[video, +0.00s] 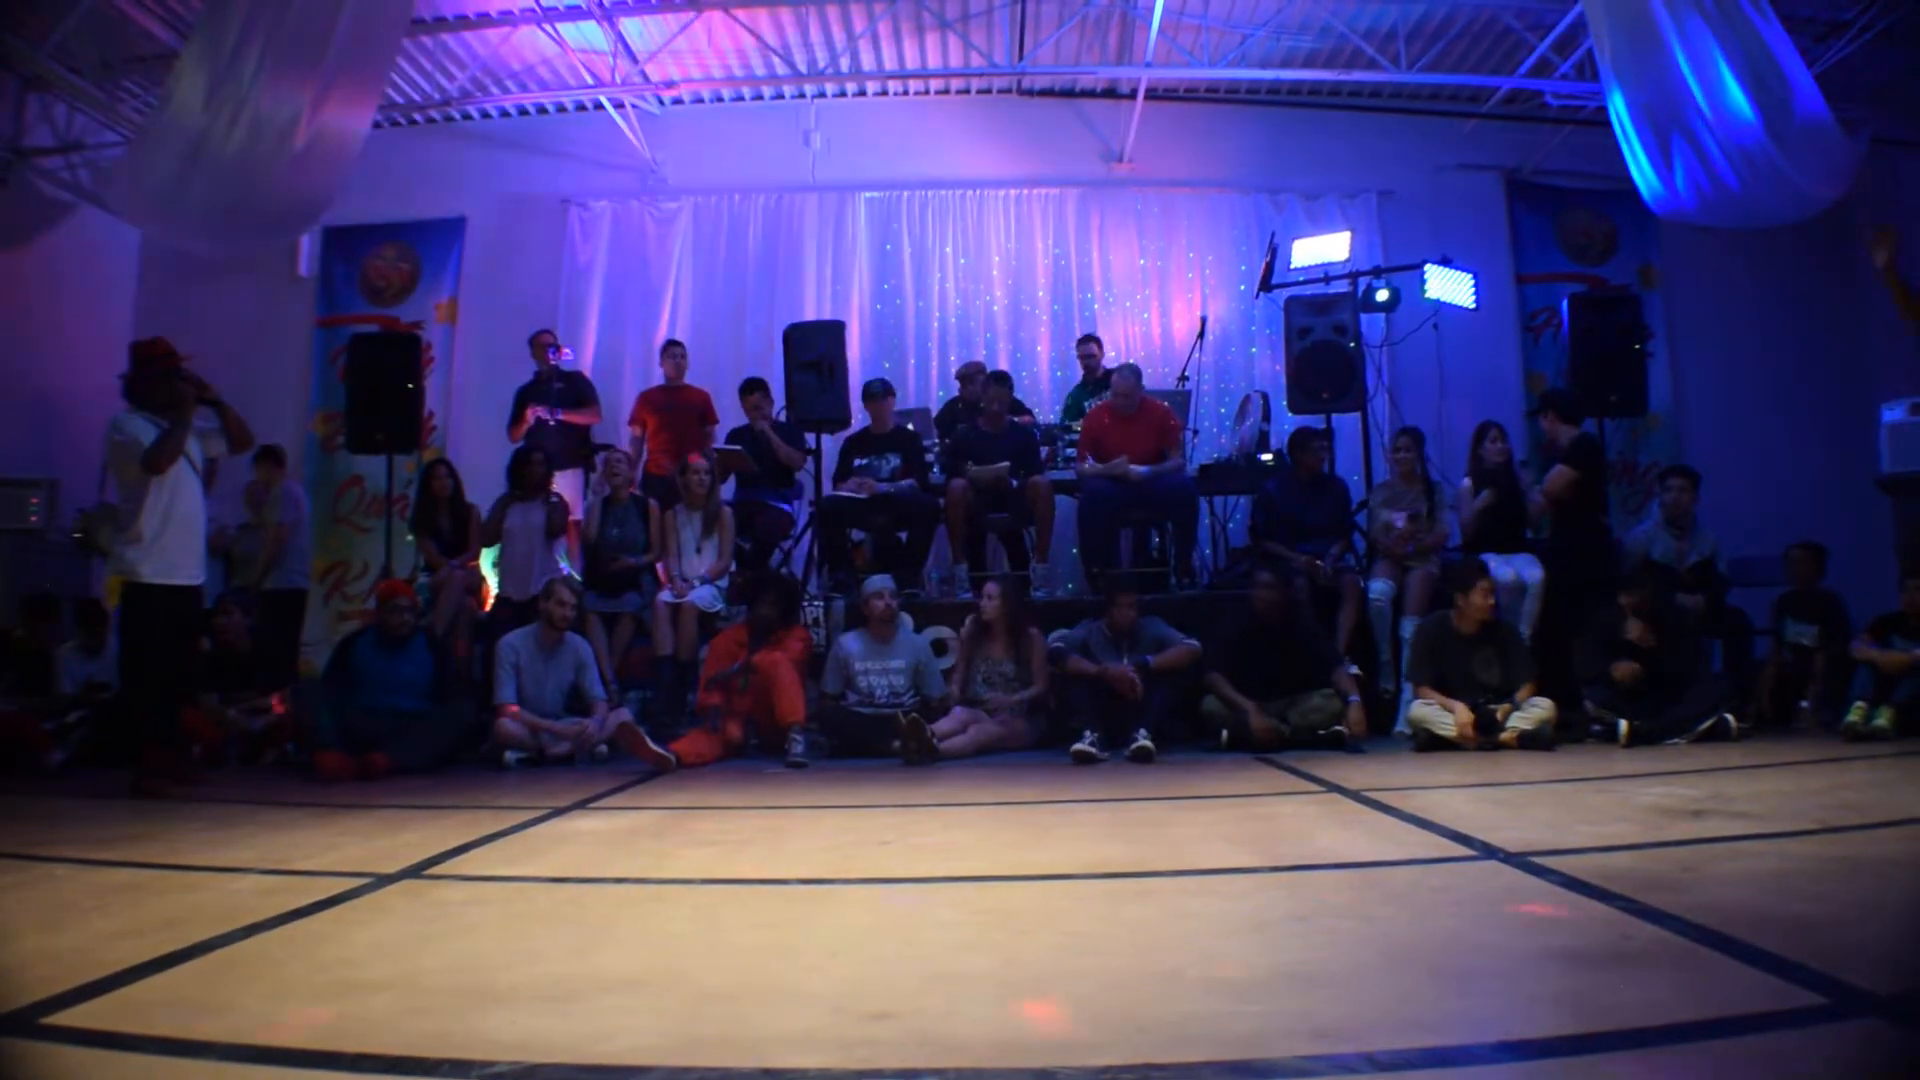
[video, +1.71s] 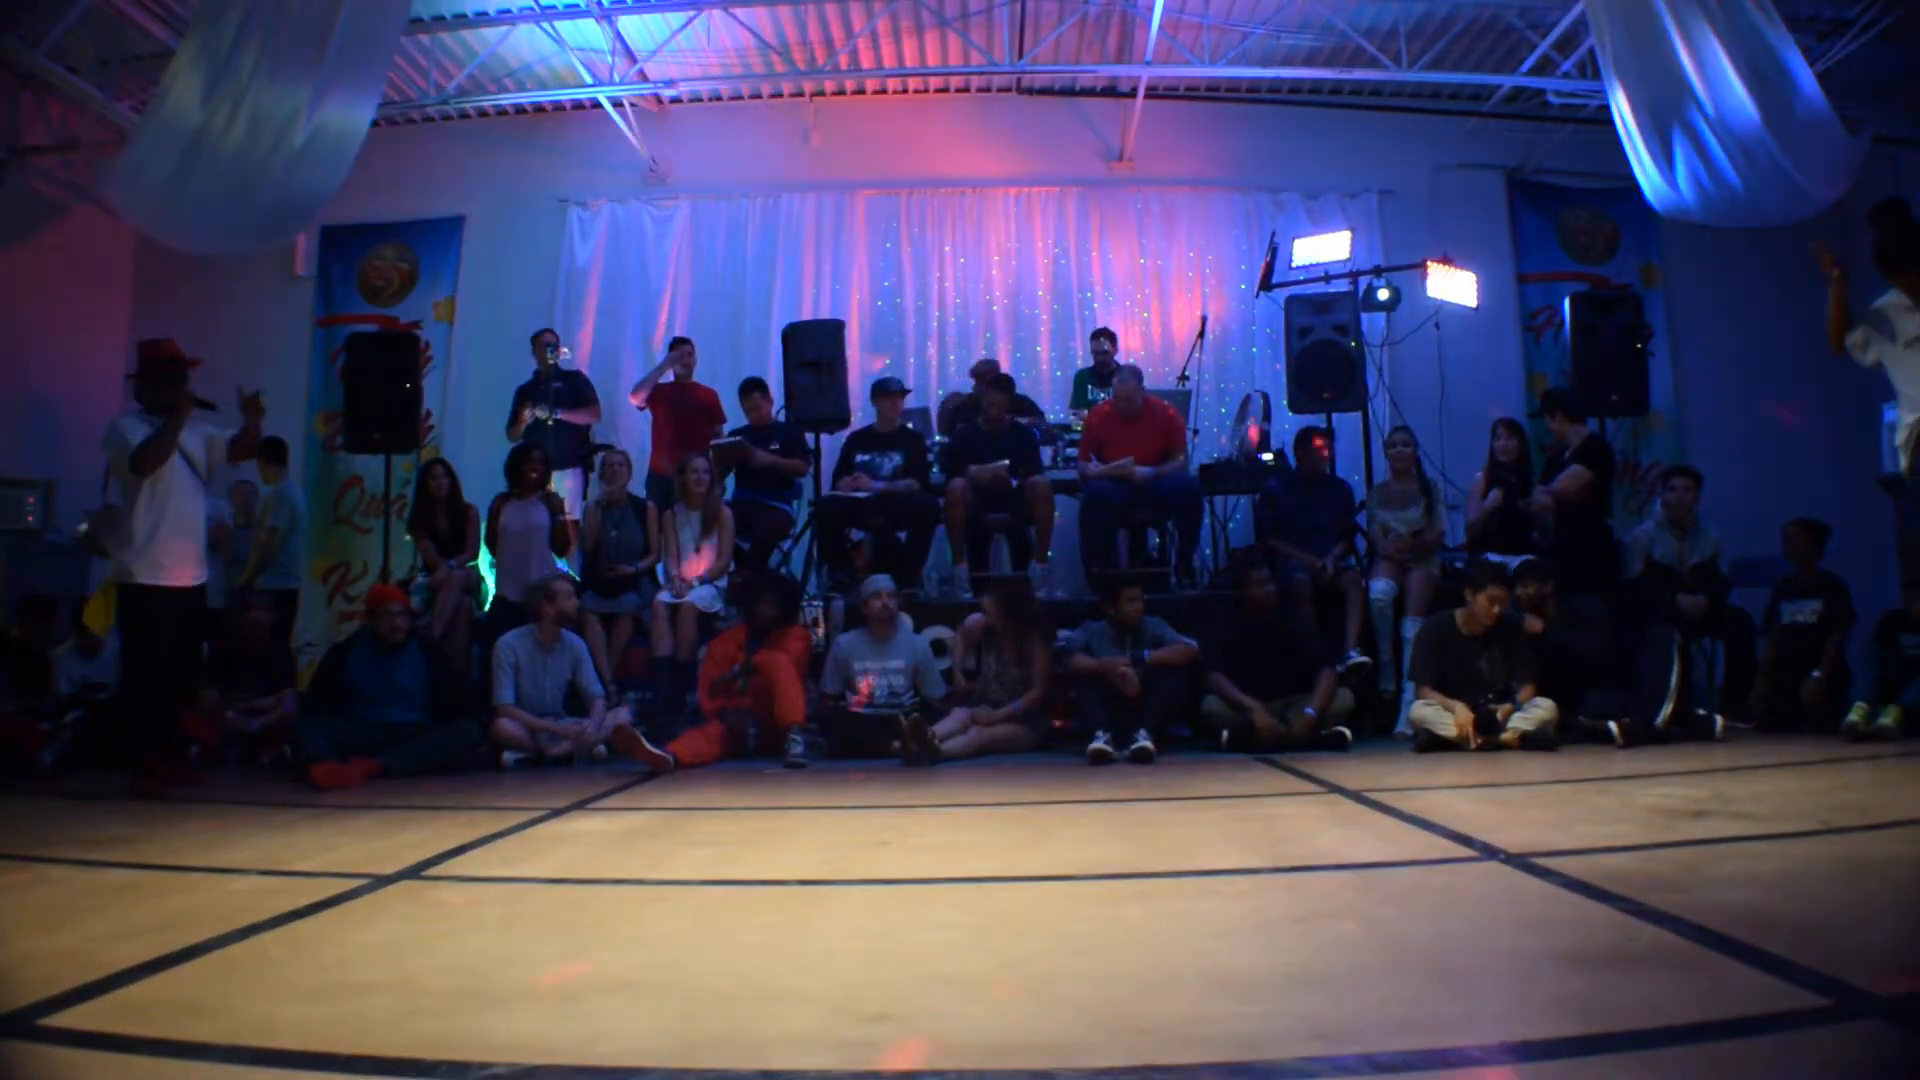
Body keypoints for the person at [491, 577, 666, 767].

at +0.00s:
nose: (567, 613)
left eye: (572, 608)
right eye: (561, 605)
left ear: (577, 611)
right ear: (542, 604)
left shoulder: (579, 646)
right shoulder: (512, 645)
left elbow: (600, 703)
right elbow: (508, 709)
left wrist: (595, 725)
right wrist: (556, 728)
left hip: (568, 722)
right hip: (530, 723)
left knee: (622, 716)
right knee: (504, 728)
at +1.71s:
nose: (576, 602)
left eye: (574, 596)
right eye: (569, 597)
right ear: (547, 606)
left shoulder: (575, 644)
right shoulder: (509, 645)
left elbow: (597, 697)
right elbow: (504, 707)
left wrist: (592, 726)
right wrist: (555, 728)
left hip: (564, 721)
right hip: (528, 723)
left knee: (623, 715)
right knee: (503, 727)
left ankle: (559, 750)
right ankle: (578, 748)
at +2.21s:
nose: (552, 590)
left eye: (549, 586)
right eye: (545, 587)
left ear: (531, 602)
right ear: (527, 601)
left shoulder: (557, 632)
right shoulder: (499, 643)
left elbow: (575, 680)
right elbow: (502, 706)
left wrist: (587, 721)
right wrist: (560, 728)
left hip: (561, 717)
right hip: (527, 720)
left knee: (620, 712)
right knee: (503, 728)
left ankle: (557, 750)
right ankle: (579, 746)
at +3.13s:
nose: (555, 596)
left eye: (555, 590)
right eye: (545, 591)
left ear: (559, 594)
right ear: (524, 602)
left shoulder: (568, 640)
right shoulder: (503, 645)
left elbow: (596, 687)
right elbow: (504, 706)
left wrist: (595, 723)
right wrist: (556, 728)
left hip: (562, 719)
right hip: (526, 721)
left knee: (619, 714)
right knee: (504, 727)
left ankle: (546, 754)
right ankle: (582, 748)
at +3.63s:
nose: (540, 616)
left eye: (548, 610)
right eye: (536, 608)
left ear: (562, 610)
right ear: (529, 607)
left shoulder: (576, 645)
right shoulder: (509, 644)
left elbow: (599, 697)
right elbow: (505, 706)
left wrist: (597, 726)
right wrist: (558, 730)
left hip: (563, 720)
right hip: (525, 721)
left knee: (621, 716)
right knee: (503, 728)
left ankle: (551, 753)